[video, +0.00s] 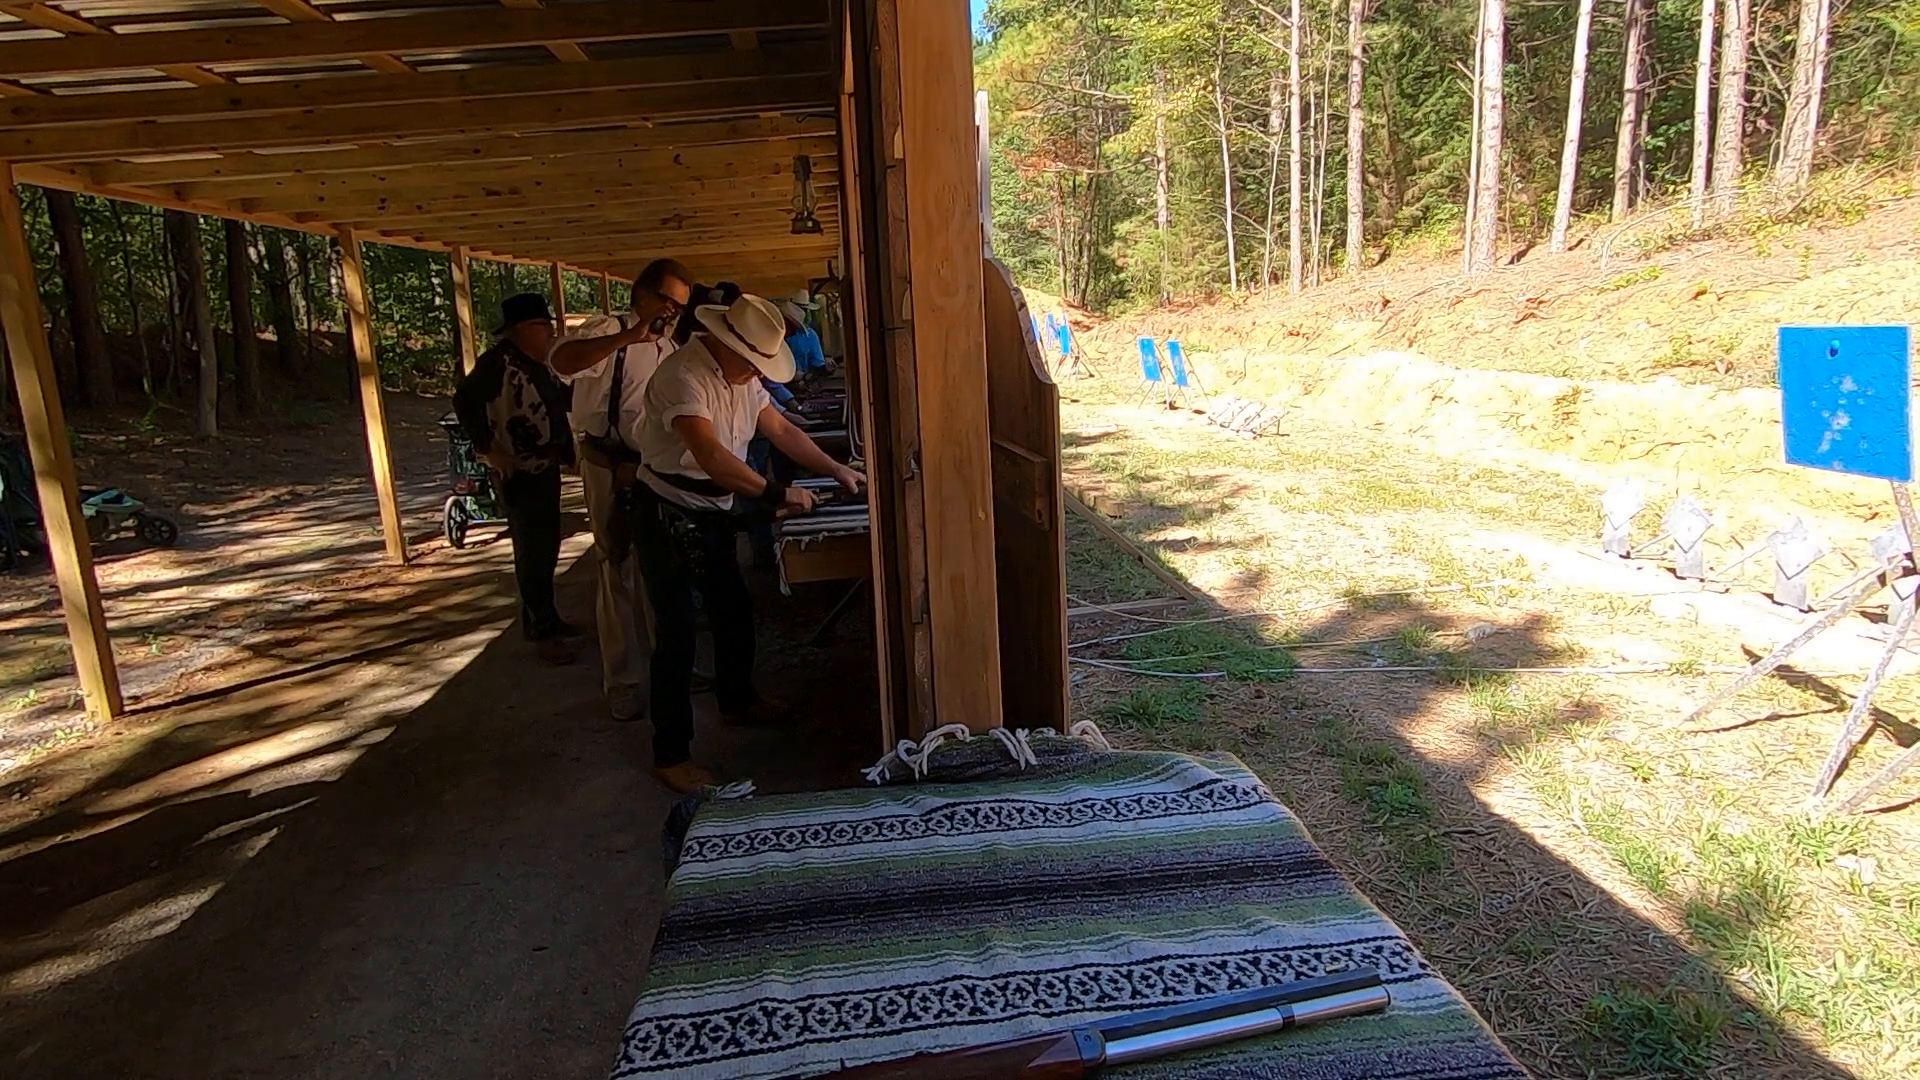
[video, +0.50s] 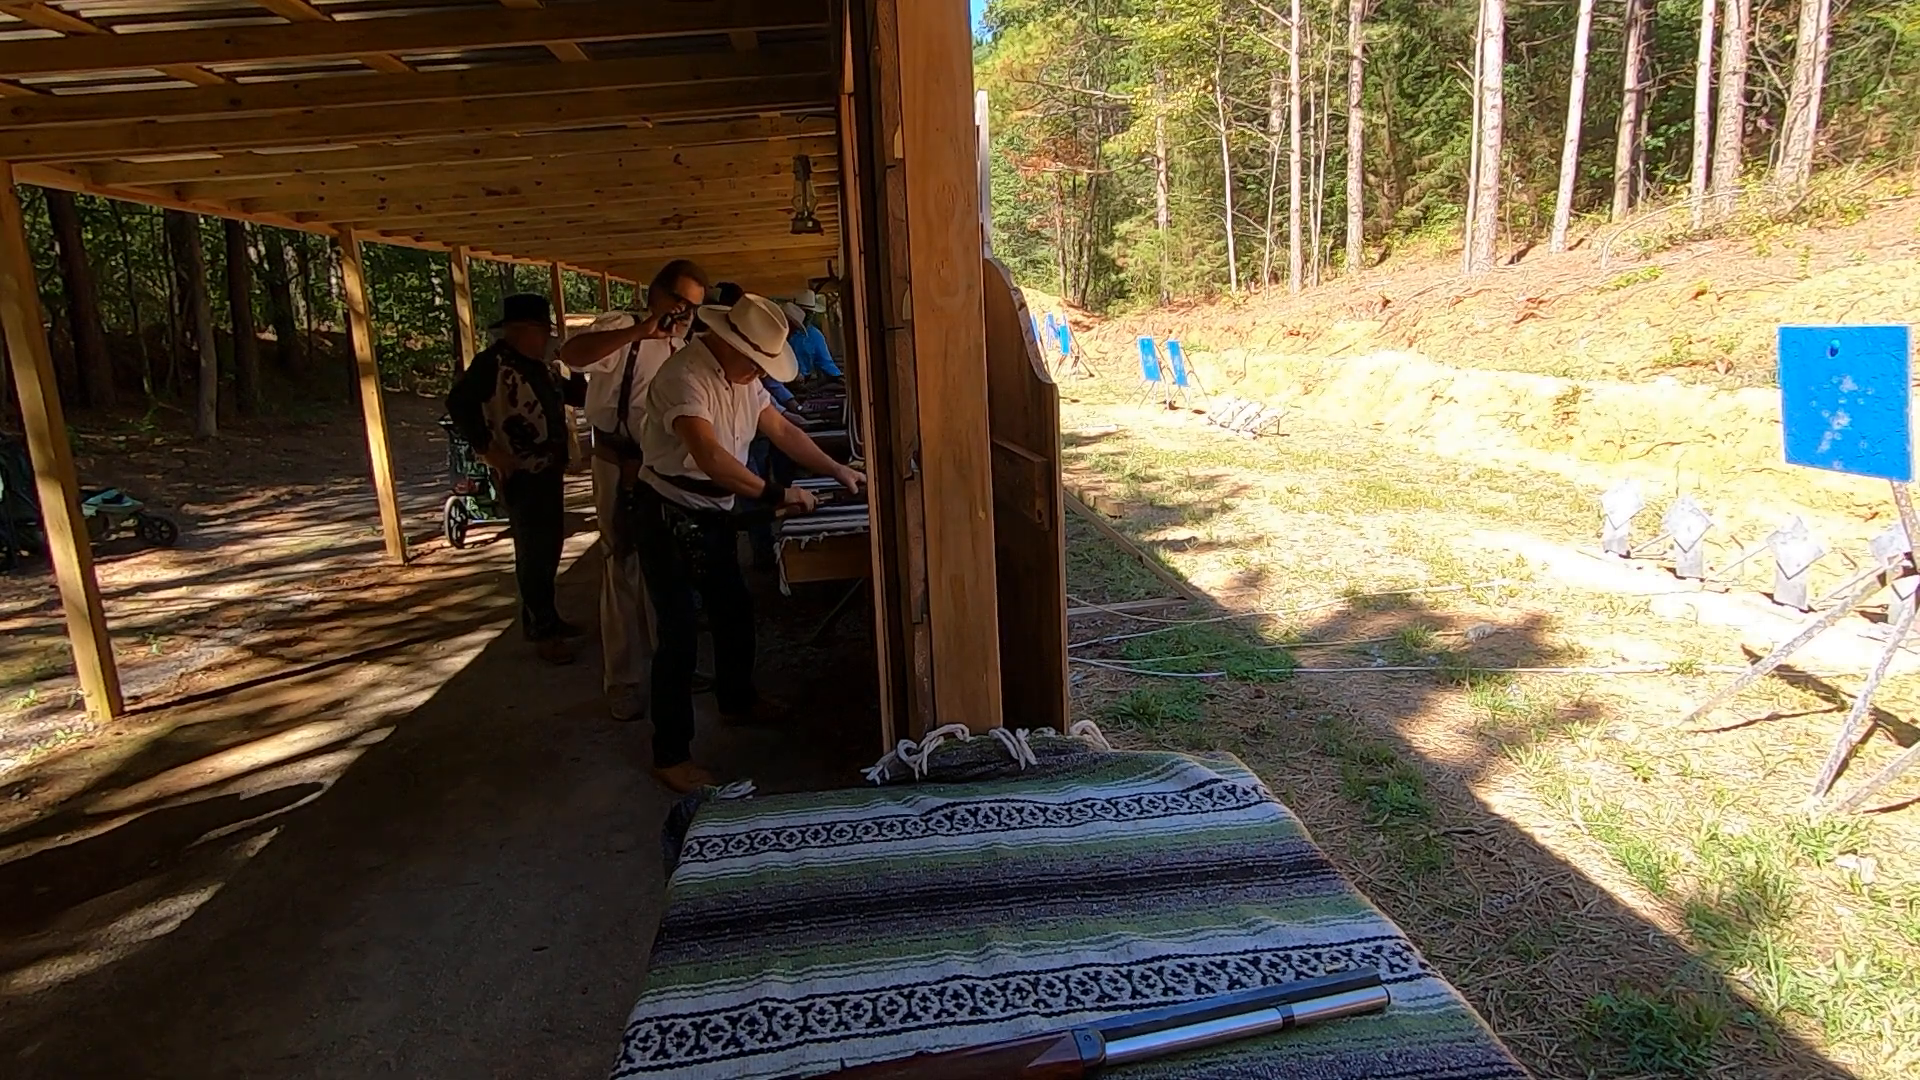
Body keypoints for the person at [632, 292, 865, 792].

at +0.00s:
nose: (756, 372)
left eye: (760, 365)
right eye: (751, 362)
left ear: (757, 358)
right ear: (726, 345)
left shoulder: (746, 380)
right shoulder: (682, 374)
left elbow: (782, 431)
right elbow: (707, 453)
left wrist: (837, 468)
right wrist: (774, 491)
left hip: (715, 513)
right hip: (665, 513)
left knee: (734, 611)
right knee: (677, 631)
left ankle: (739, 703)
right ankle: (671, 757)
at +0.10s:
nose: (756, 372)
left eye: (760, 365)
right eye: (751, 362)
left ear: (756, 358)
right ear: (727, 345)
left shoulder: (746, 379)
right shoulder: (681, 374)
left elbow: (782, 432)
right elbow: (707, 453)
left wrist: (836, 468)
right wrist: (774, 492)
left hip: (715, 514)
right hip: (665, 514)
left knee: (734, 611)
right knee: (678, 632)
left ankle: (738, 702)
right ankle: (671, 758)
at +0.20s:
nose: (757, 372)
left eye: (761, 366)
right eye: (752, 362)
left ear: (756, 359)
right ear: (727, 345)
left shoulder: (745, 379)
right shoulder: (683, 374)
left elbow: (781, 432)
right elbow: (707, 455)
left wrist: (837, 468)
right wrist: (773, 491)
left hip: (715, 512)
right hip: (665, 513)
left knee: (734, 611)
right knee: (679, 631)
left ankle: (738, 702)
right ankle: (671, 757)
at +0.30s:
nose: (757, 373)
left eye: (761, 367)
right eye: (753, 363)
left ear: (756, 359)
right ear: (728, 345)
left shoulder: (746, 379)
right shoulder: (684, 375)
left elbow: (782, 431)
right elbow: (707, 456)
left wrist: (838, 467)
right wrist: (773, 491)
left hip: (715, 514)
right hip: (665, 514)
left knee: (734, 612)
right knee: (679, 633)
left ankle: (738, 703)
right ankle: (671, 758)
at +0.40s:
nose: (759, 373)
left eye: (763, 367)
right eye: (755, 363)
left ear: (756, 358)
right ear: (729, 346)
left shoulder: (746, 379)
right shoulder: (684, 375)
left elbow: (782, 431)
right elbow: (705, 454)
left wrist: (838, 467)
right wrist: (773, 492)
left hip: (715, 513)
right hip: (665, 514)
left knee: (734, 612)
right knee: (679, 632)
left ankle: (737, 702)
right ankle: (671, 757)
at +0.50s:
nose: (759, 372)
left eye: (763, 366)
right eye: (754, 362)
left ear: (757, 358)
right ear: (728, 345)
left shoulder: (746, 379)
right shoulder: (684, 375)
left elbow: (781, 430)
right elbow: (705, 454)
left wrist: (837, 467)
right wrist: (773, 492)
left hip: (715, 514)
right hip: (665, 515)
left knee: (734, 613)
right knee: (679, 632)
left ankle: (738, 703)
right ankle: (670, 758)